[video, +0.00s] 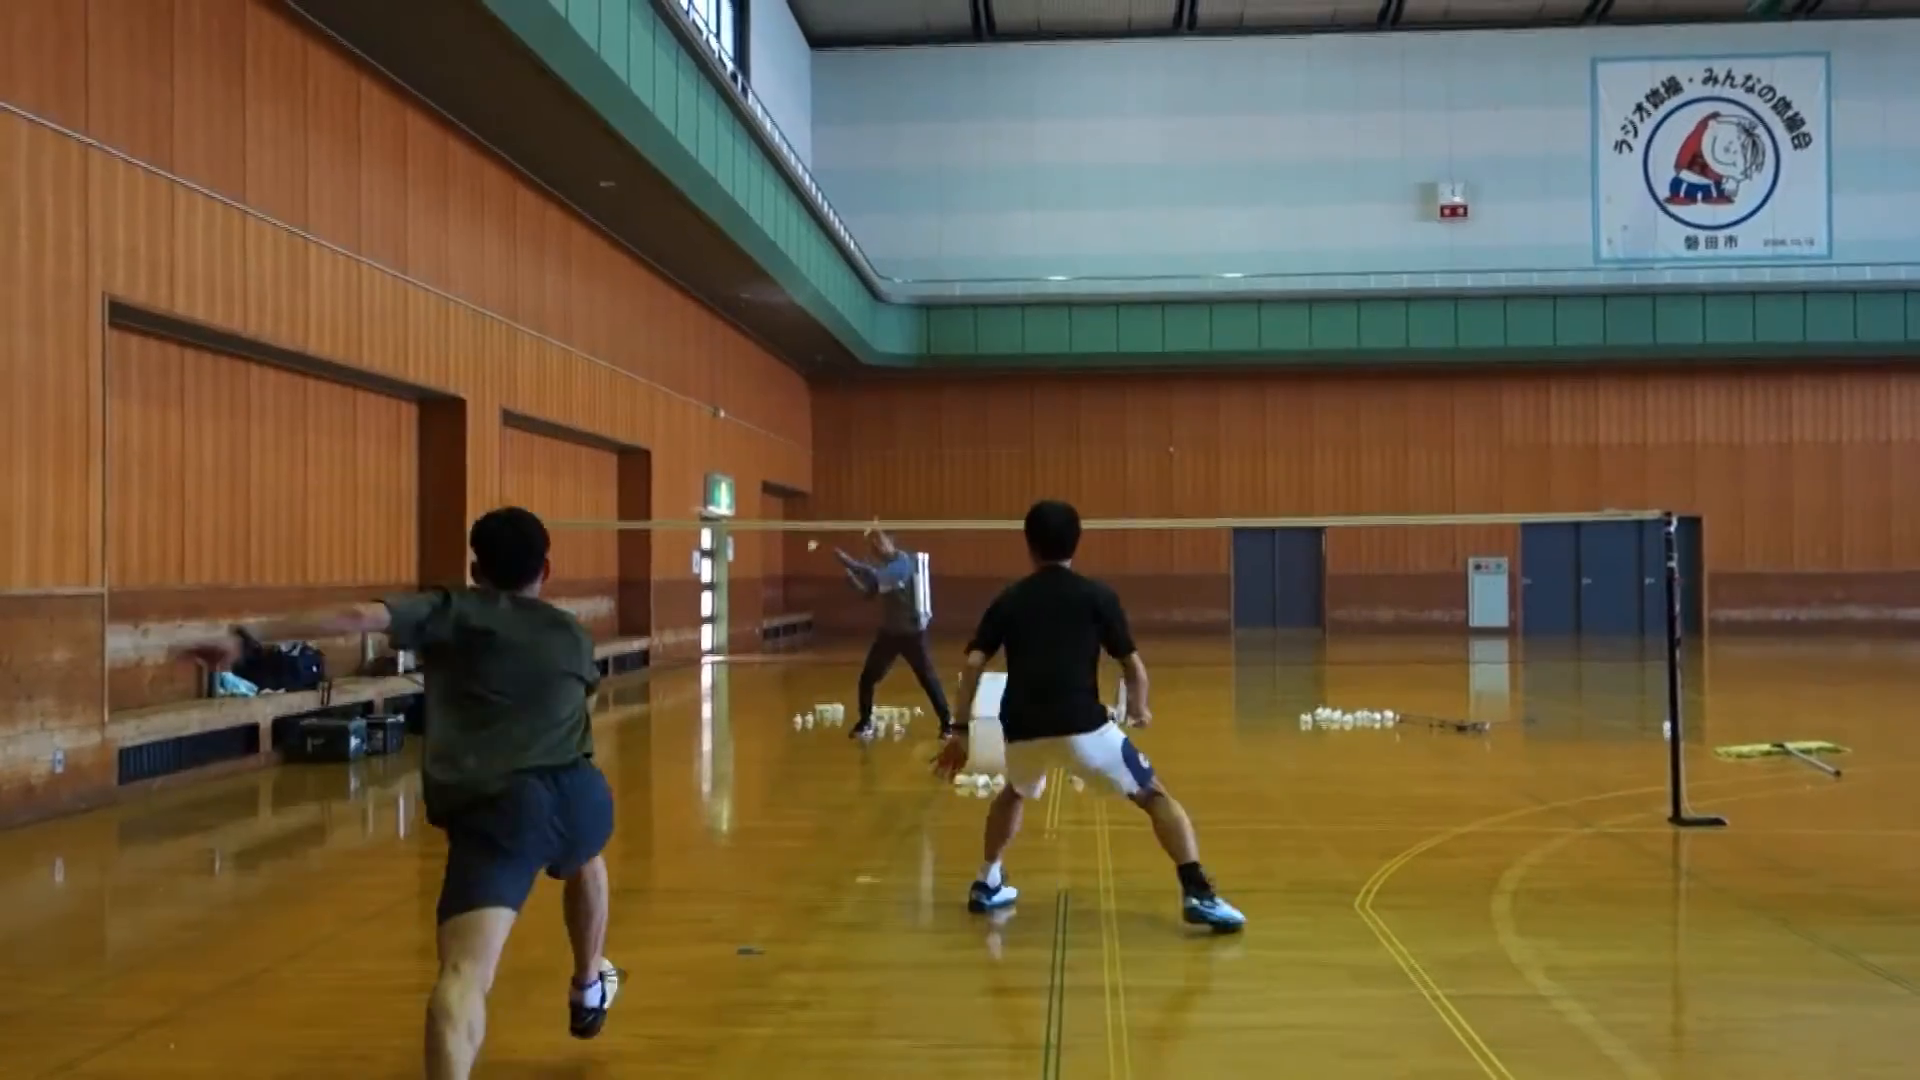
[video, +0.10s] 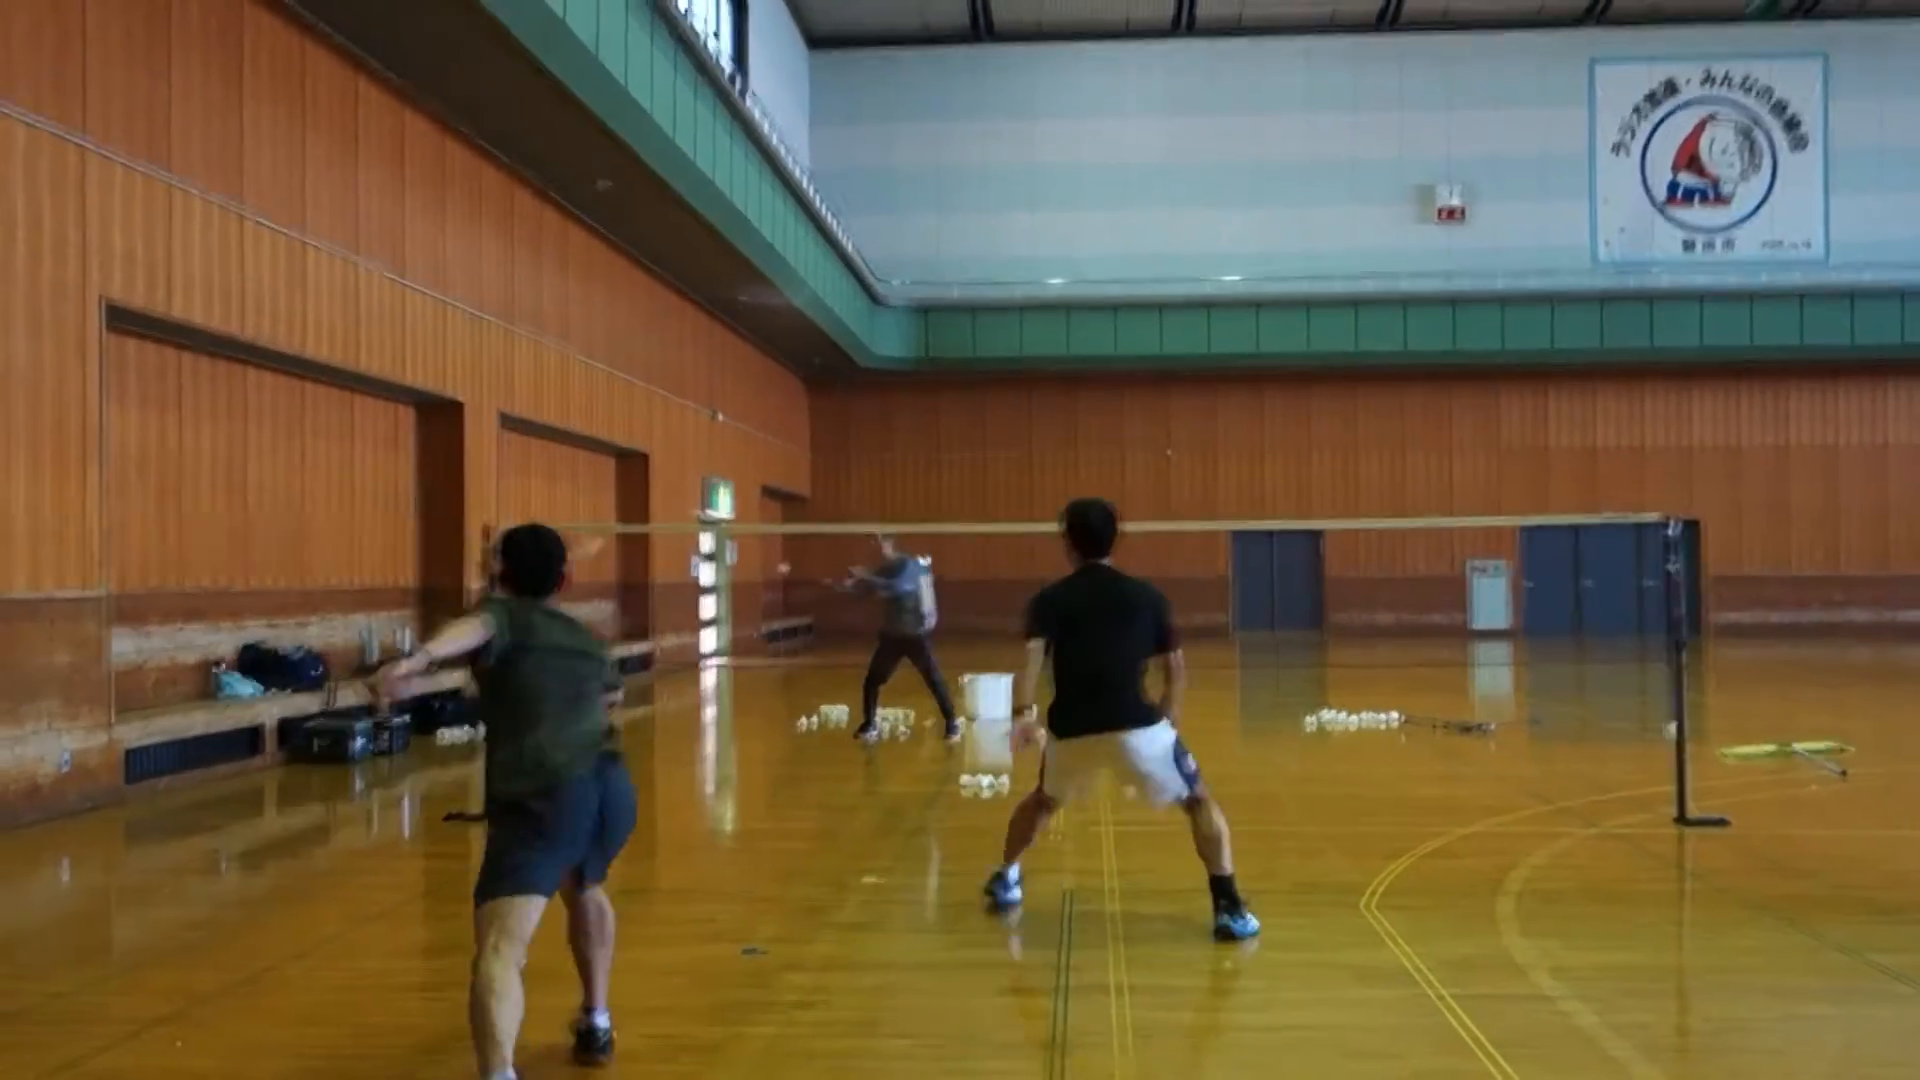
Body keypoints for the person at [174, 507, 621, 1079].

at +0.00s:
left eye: (476, 558)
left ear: (476, 568)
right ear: (544, 571)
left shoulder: (453, 612)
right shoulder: (569, 631)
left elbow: (357, 620)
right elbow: (587, 686)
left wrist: (251, 641)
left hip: (495, 807)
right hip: (575, 797)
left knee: (464, 973)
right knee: (586, 862)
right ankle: (590, 989)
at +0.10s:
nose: (490, 570)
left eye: (494, 561)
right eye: (493, 560)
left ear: (507, 573)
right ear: (559, 578)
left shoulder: (502, 616)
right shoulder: (582, 636)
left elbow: (466, 634)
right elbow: (611, 699)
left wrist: (415, 659)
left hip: (542, 797)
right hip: (608, 790)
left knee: (502, 948)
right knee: (587, 887)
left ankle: (498, 1070)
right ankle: (598, 1020)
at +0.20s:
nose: (496, 556)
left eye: (496, 547)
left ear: (503, 551)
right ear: (562, 552)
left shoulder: (507, 587)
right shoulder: (592, 607)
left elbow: (499, 611)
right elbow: (629, 701)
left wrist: (476, 659)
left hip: (573, 767)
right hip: (632, 761)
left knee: (505, 923)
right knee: (595, 875)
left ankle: (573, 1032)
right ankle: (604, 1009)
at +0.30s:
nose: (504, 539)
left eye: (504, 531)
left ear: (510, 536)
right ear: (568, 535)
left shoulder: (513, 582)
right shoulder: (595, 583)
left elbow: (510, 643)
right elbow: (643, 665)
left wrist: (484, 739)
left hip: (600, 753)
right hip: (651, 742)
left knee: (515, 890)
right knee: (590, 844)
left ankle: (602, 1016)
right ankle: (636, 967)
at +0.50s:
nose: (545, 535)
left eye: (545, 526)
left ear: (549, 535)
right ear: (603, 531)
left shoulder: (550, 599)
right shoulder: (634, 589)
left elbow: (491, 686)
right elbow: (615, 681)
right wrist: (538, 690)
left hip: (616, 765)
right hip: (668, 749)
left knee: (570, 894)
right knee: (644, 844)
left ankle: (611, 1031)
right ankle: (665, 956)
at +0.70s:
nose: (582, 532)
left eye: (584, 526)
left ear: (587, 534)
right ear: (635, 535)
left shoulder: (599, 585)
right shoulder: (650, 581)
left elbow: (564, 633)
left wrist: (483, 659)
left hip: (638, 736)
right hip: (680, 729)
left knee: (561, 846)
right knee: (630, 804)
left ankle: (600, 977)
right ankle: (657, 914)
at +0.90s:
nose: (601, 529)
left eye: (602, 523)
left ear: (604, 530)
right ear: (652, 527)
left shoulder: (609, 579)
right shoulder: (685, 578)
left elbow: (594, 637)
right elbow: (704, 645)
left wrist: (561, 697)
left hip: (655, 717)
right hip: (708, 715)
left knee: (587, 817)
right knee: (665, 795)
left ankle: (620, 911)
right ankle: (651, 904)